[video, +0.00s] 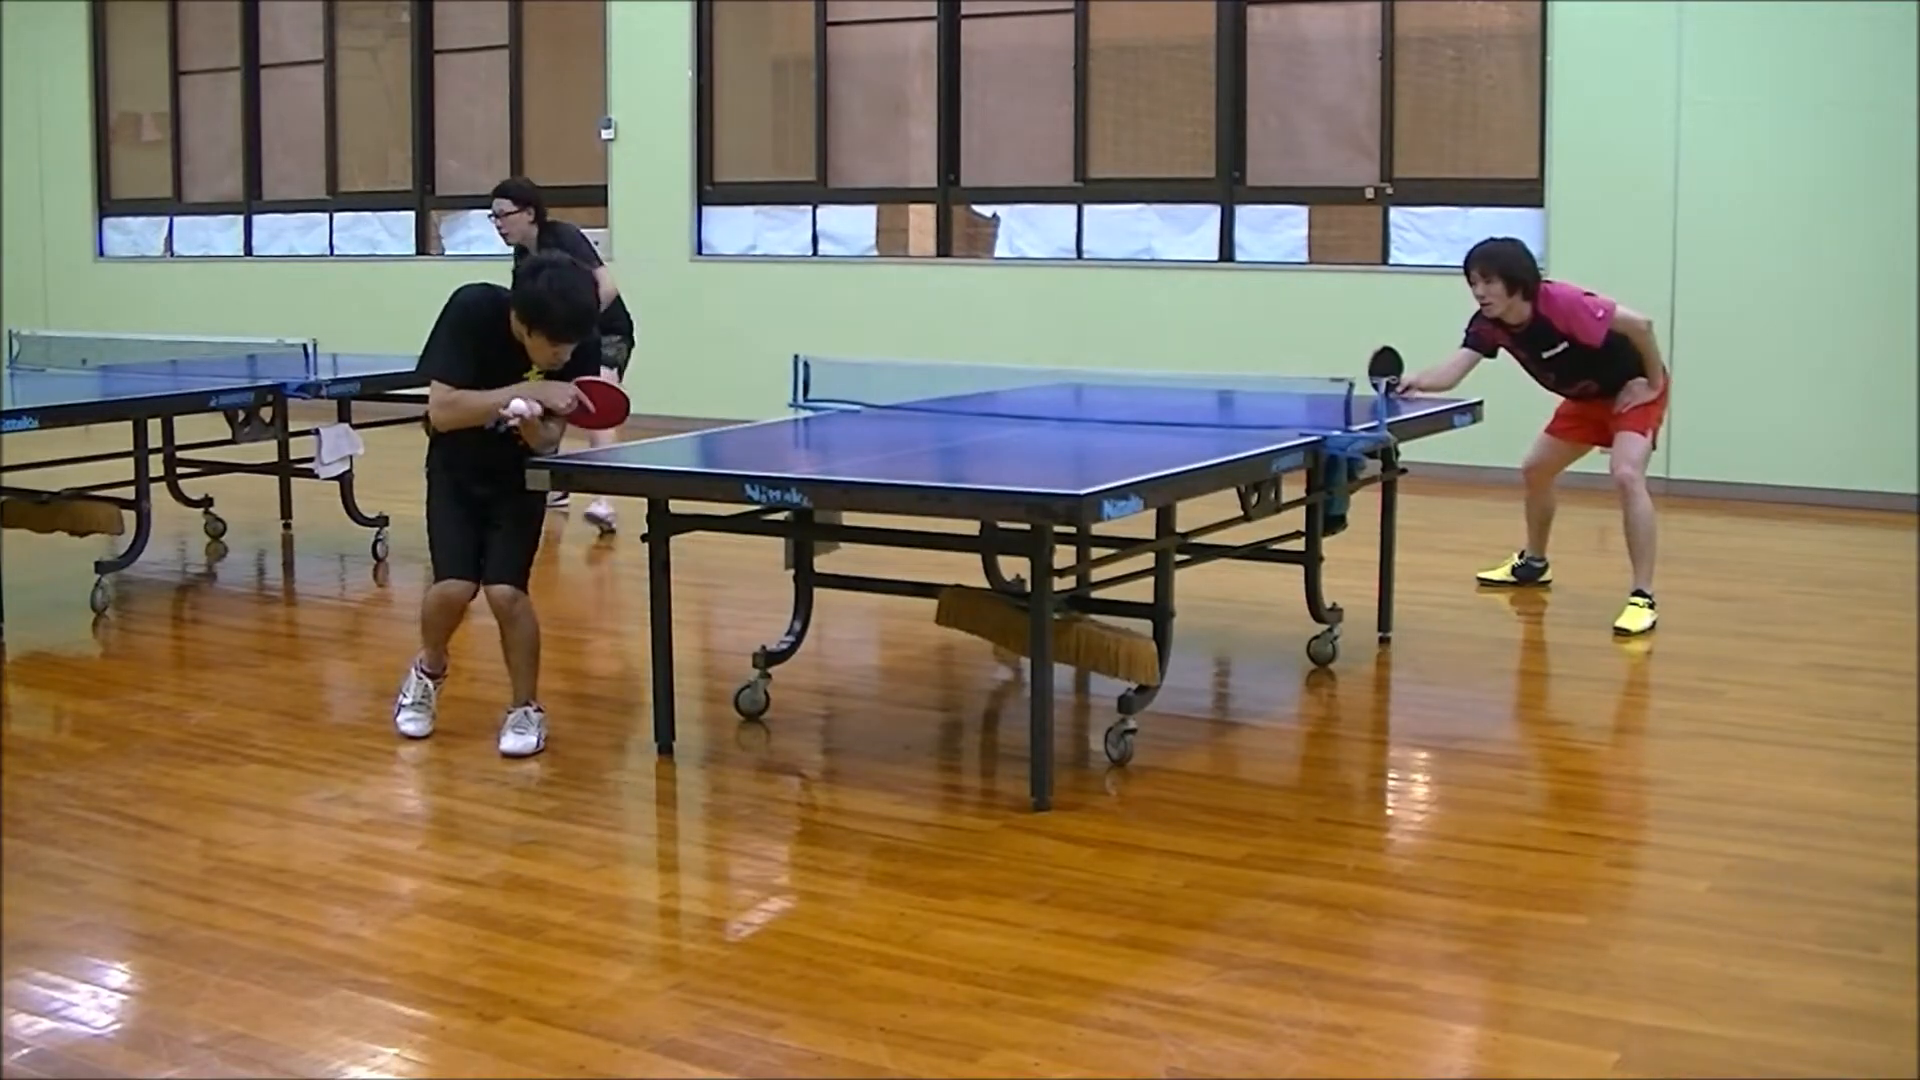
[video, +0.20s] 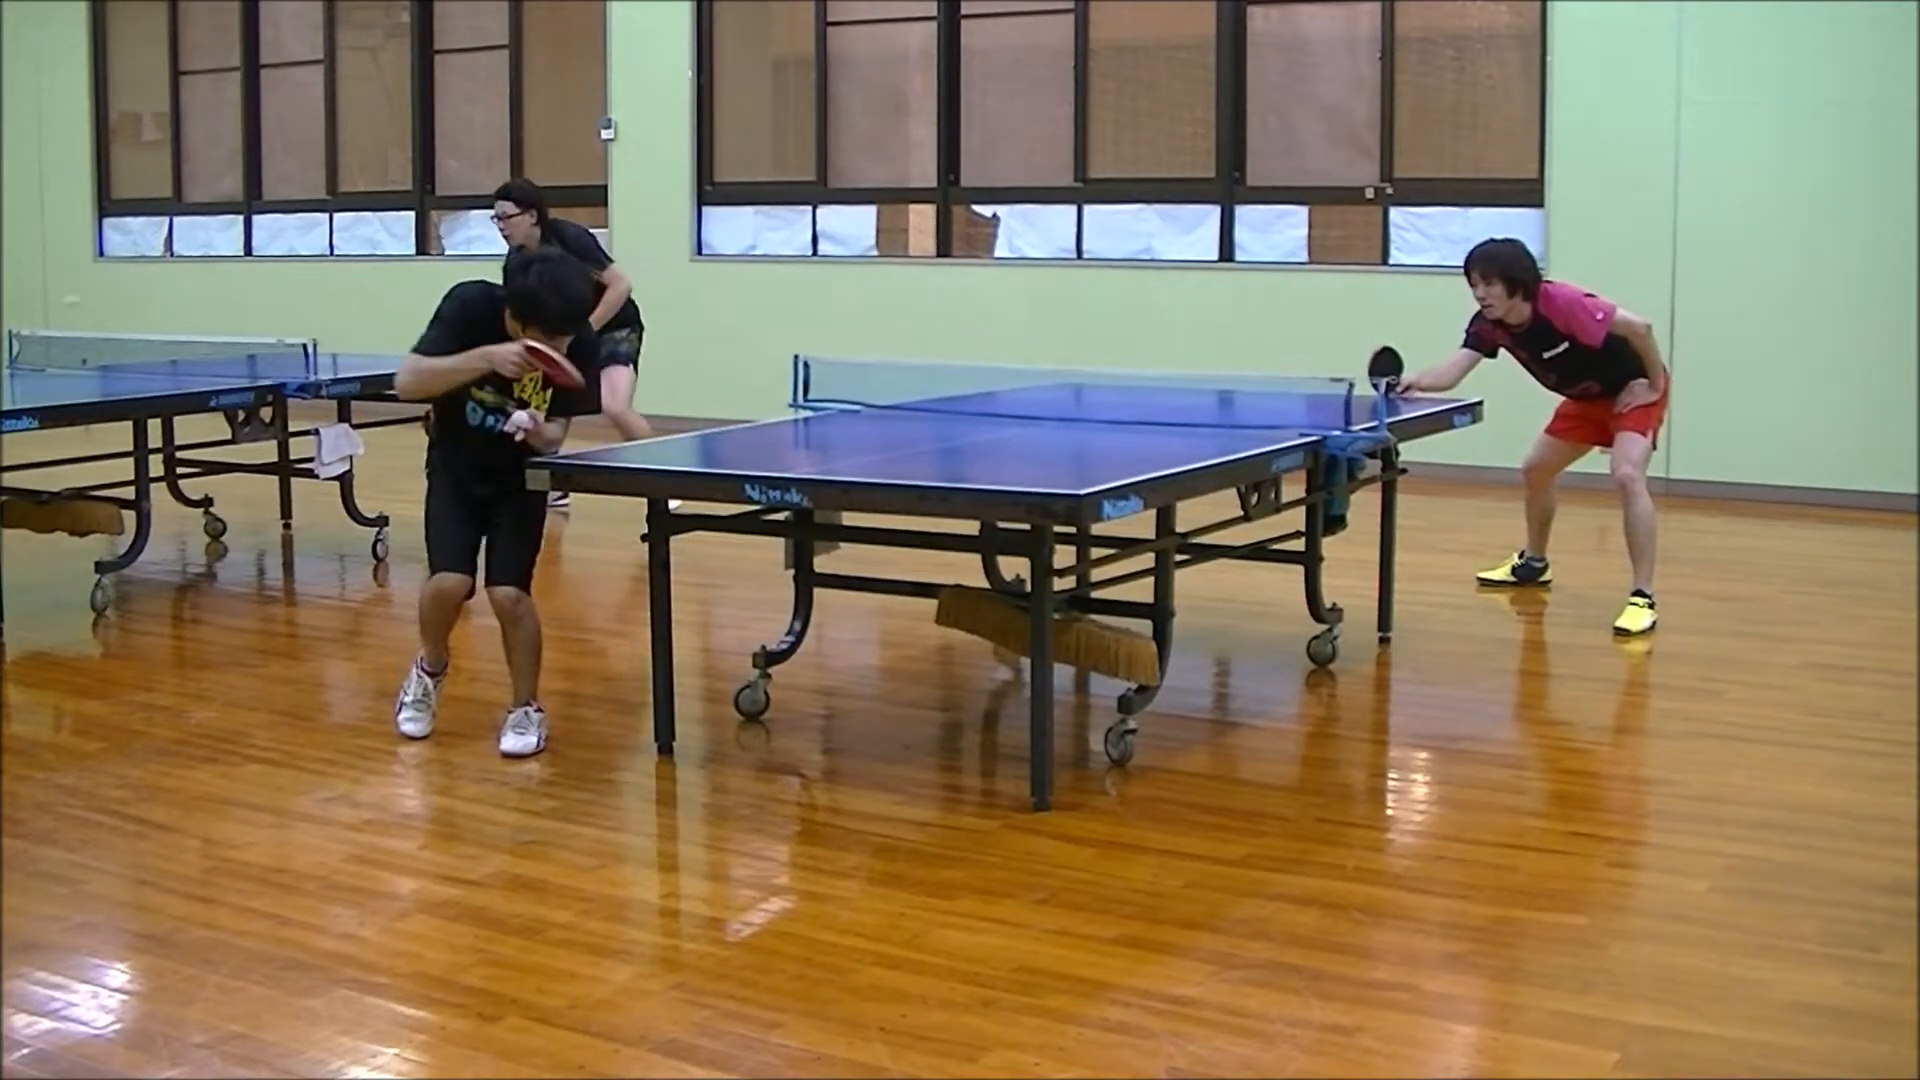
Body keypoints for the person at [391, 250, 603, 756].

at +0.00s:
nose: (563, 357)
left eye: (572, 347)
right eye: (554, 346)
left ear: (582, 329)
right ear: (520, 323)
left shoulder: (581, 338)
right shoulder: (470, 310)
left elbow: (553, 436)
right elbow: (440, 414)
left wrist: (536, 430)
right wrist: (530, 392)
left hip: (521, 462)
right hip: (455, 456)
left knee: (505, 591)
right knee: (455, 587)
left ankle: (524, 709)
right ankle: (428, 671)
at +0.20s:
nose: (545, 349)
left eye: (558, 340)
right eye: (537, 337)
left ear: (575, 324)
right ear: (512, 313)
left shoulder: (579, 344)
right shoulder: (468, 304)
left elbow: (557, 430)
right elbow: (407, 384)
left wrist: (539, 434)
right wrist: (486, 358)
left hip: (522, 470)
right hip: (455, 460)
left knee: (507, 594)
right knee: (450, 585)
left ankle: (525, 709)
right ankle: (429, 670)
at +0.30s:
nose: (555, 348)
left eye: (562, 337)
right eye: (545, 337)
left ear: (573, 324)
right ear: (510, 318)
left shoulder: (574, 344)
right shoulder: (462, 304)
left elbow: (554, 435)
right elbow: (371, 349)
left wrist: (533, 431)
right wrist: (439, 332)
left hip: (520, 473)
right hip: (453, 463)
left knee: (508, 595)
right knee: (438, 578)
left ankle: (525, 708)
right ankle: (427, 659)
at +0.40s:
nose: (548, 345)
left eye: (554, 334)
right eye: (537, 334)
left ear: (563, 319)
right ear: (503, 316)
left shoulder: (565, 345)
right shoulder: (457, 303)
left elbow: (550, 436)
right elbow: (346, 314)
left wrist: (531, 432)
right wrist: (378, 310)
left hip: (513, 475)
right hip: (448, 465)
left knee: (508, 598)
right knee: (418, 580)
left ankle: (525, 709)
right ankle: (406, 653)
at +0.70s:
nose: (483, 316)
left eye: (489, 302)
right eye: (470, 307)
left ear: (496, 287)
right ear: (433, 296)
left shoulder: (510, 330)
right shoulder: (395, 285)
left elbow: (505, 417)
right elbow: (352, 280)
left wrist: (506, 479)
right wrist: (309, 306)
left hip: (475, 480)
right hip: (404, 473)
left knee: (480, 596)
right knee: (363, 611)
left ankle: (524, 708)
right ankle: (333, 692)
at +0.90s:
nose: (421, 277)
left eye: (427, 262)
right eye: (407, 268)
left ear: (435, 248)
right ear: (371, 263)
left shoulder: (452, 288)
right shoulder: (338, 266)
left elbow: (488, 373)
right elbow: (317, 297)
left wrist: (518, 431)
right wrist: (297, 339)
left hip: (437, 450)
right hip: (363, 450)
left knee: (471, 571)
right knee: (341, 590)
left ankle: (496, 691)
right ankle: (335, 694)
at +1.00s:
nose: (417, 261)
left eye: (420, 246)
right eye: (402, 253)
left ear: (426, 230)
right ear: (364, 249)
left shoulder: (442, 261)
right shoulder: (326, 252)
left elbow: (485, 326)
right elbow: (294, 294)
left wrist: (513, 352)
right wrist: (298, 338)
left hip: (424, 429)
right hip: (352, 430)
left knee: (459, 569)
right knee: (339, 580)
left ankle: (451, 668)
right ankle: (333, 693)